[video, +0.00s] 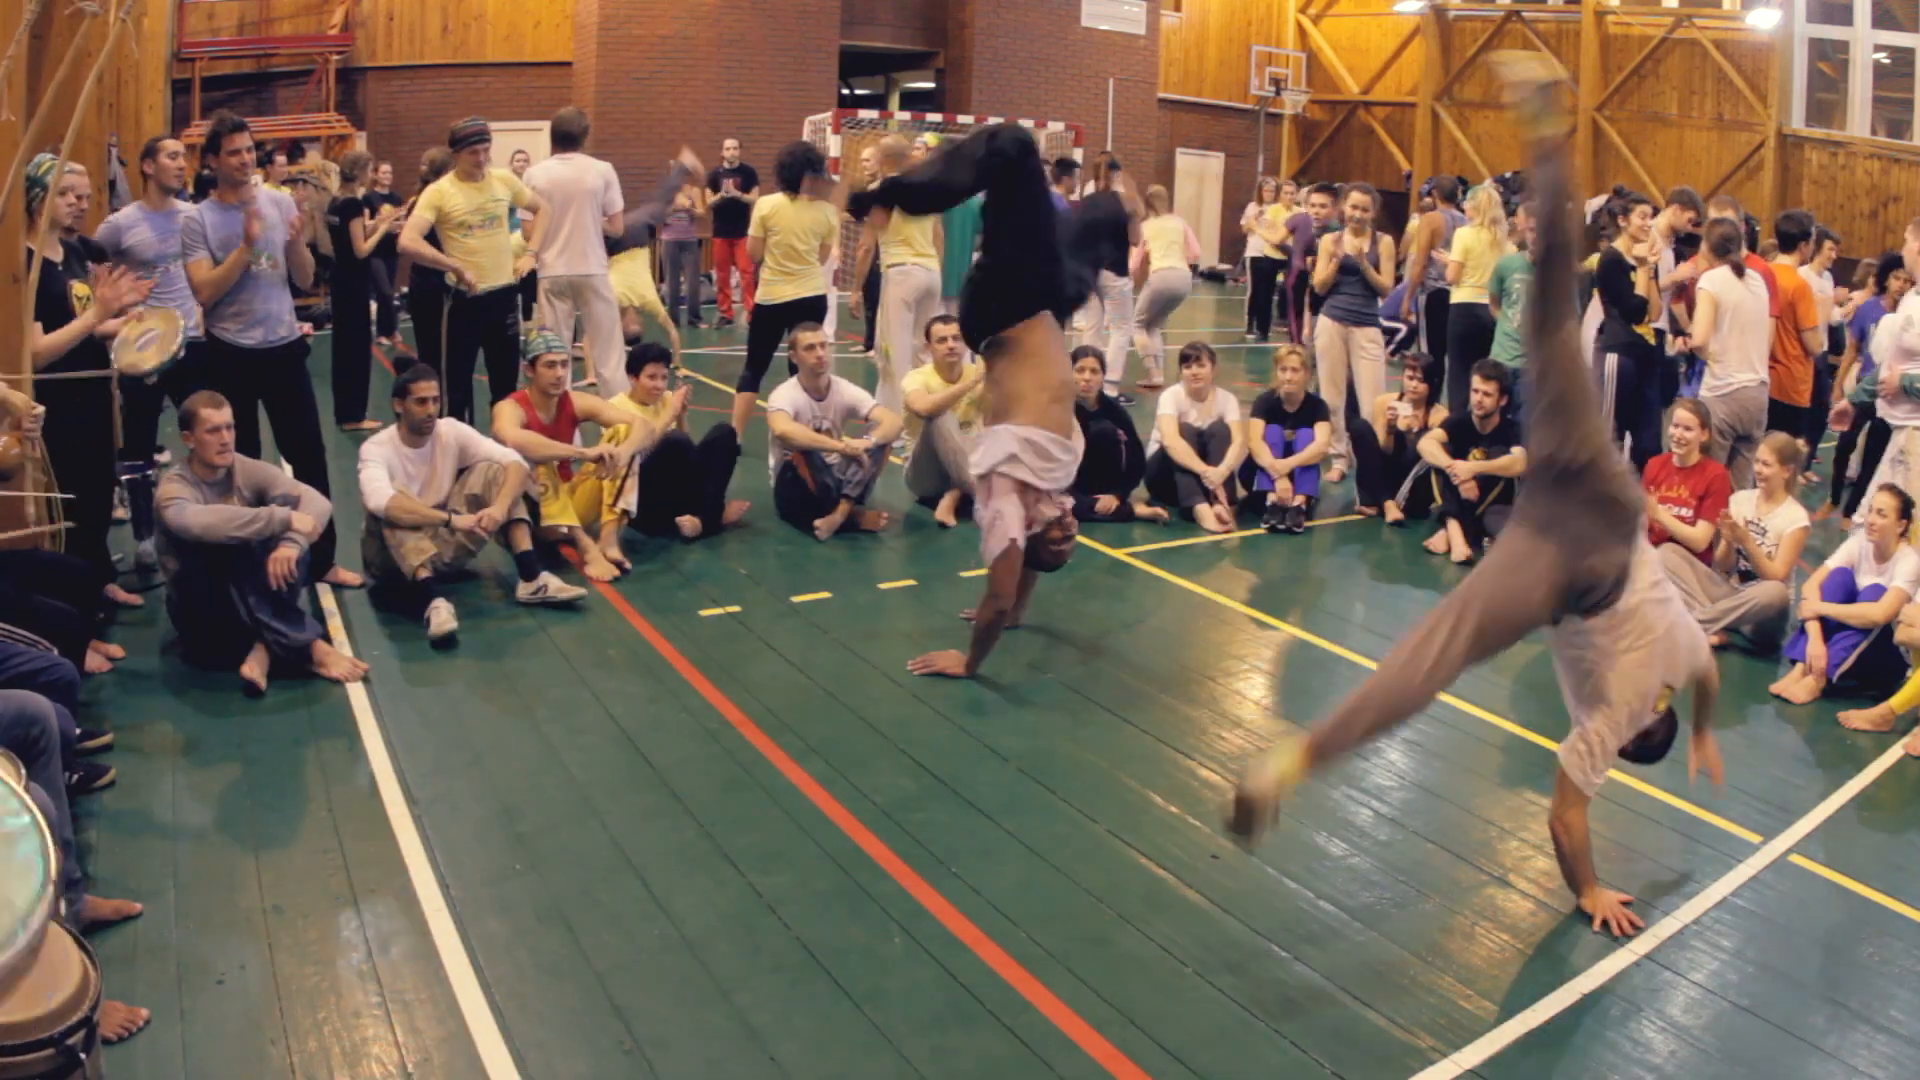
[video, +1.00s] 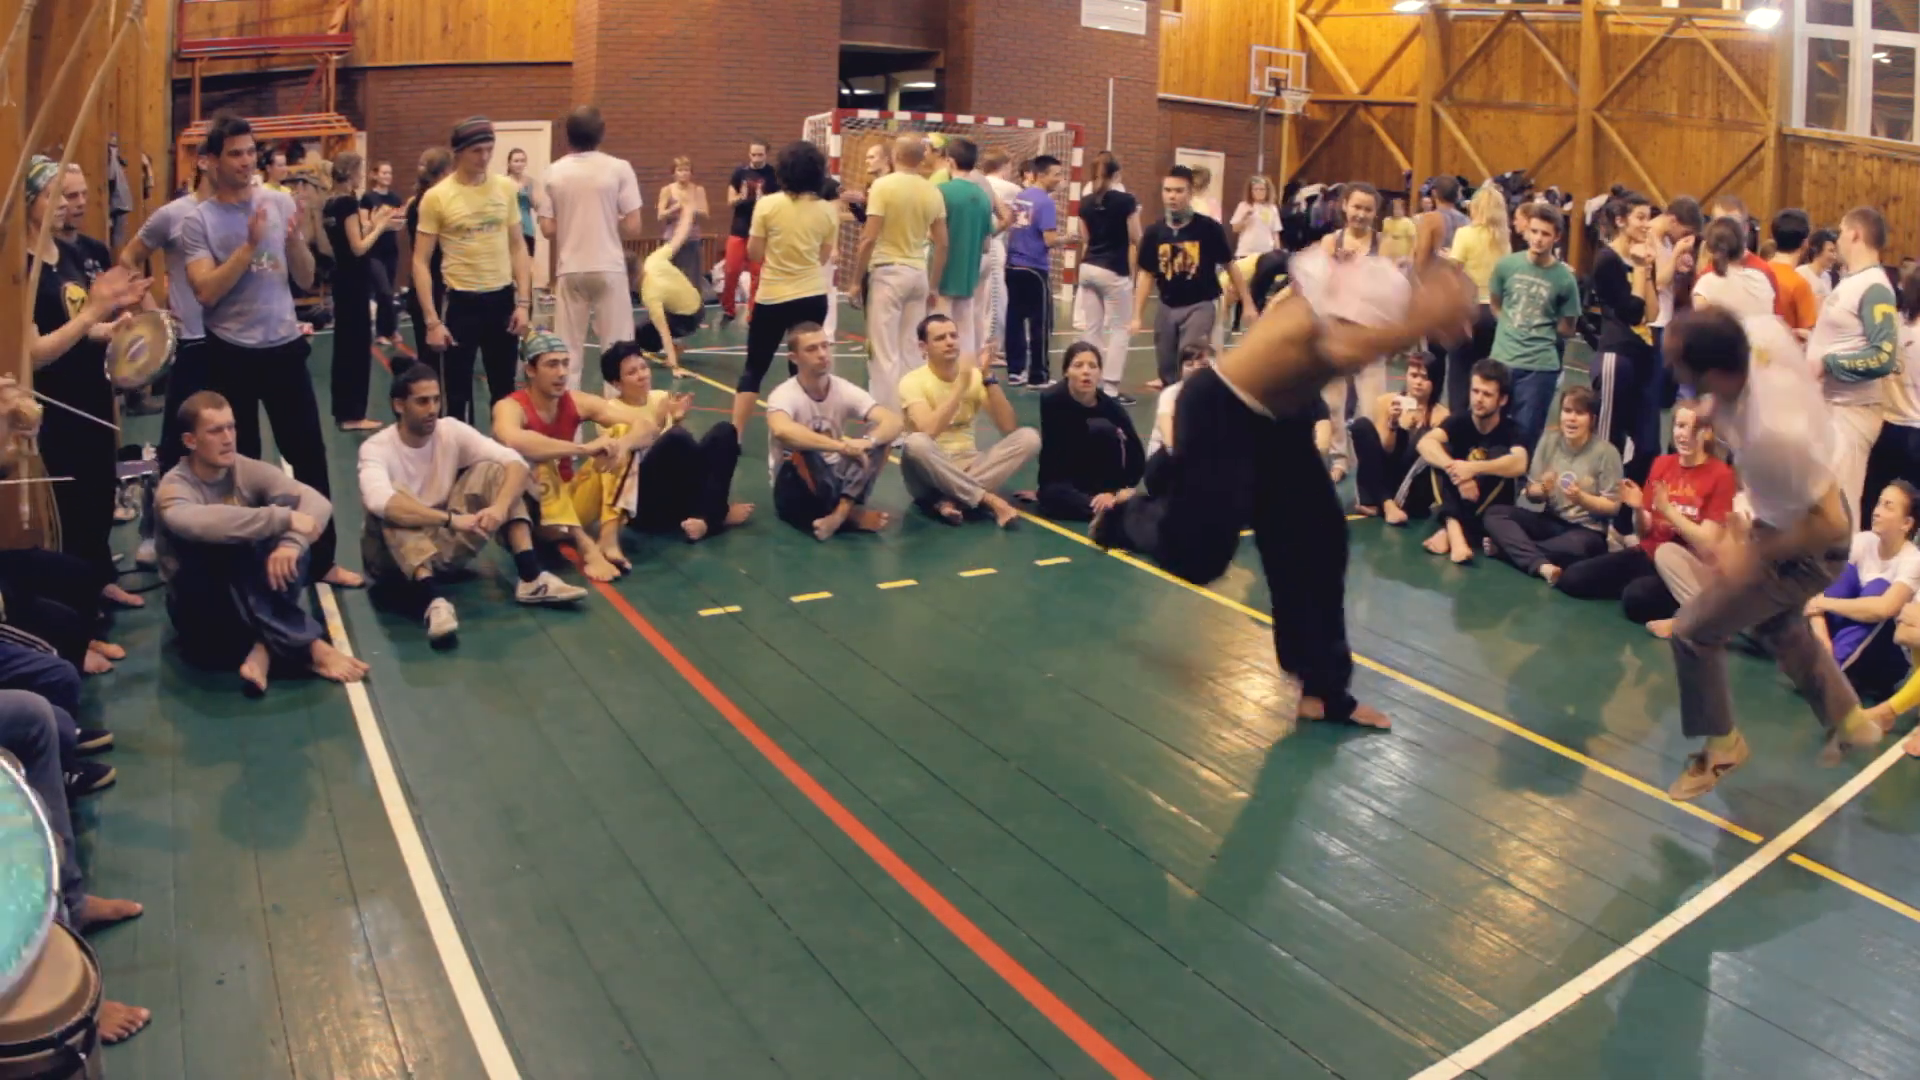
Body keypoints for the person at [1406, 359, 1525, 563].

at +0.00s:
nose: (1479, 399)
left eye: (1487, 395)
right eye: (1475, 392)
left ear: (1502, 400)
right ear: (1469, 392)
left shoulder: (1510, 428)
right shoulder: (1459, 422)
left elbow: (1519, 463)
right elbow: (1425, 444)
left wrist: (1473, 468)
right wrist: (1458, 474)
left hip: (1492, 505)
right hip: (1454, 501)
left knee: (1500, 456)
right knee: (1439, 458)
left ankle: (1450, 528)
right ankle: (1453, 528)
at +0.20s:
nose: (1479, 399)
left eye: (1487, 394)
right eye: (1475, 392)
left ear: (1501, 400)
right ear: (1469, 393)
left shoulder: (1509, 428)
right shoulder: (1460, 420)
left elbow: (1520, 465)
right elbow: (1425, 443)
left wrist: (1473, 468)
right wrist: (1457, 473)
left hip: (1493, 508)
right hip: (1456, 501)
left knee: (1501, 460)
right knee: (1439, 462)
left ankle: (1450, 529)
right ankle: (1454, 529)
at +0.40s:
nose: (1479, 399)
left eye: (1487, 394)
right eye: (1475, 392)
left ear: (1502, 400)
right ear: (1469, 392)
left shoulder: (1510, 429)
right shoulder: (1459, 421)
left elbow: (1519, 464)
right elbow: (1425, 443)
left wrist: (1473, 467)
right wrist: (1459, 474)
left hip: (1492, 510)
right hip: (1454, 503)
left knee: (1500, 457)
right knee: (1438, 456)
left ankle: (1450, 528)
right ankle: (1454, 530)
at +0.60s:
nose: (1479, 399)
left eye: (1487, 395)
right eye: (1475, 392)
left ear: (1503, 400)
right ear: (1469, 391)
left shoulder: (1510, 429)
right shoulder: (1459, 421)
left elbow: (1519, 465)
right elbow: (1426, 443)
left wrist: (1472, 468)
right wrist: (1459, 475)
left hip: (1492, 508)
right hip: (1453, 501)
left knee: (1500, 457)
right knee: (1437, 455)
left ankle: (1450, 528)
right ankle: (1454, 528)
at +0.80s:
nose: (1479, 399)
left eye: (1487, 394)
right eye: (1475, 392)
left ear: (1502, 400)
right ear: (1469, 392)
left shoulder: (1510, 429)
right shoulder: (1459, 422)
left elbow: (1519, 464)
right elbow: (1425, 444)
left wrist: (1473, 467)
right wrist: (1458, 473)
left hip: (1493, 510)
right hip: (1454, 502)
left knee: (1501, 457)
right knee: (1438, 455)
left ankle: (1450, 529)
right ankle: (1453, 529)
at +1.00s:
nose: (1479, 399)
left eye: (1487, 395)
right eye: (1475, 392)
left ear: (1503, 400)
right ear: (1469, 392)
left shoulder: (1510, 429)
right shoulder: (1459, 422)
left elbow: (1519, 464)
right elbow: (1426, 443)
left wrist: (1473, 467)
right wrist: (1458, 473)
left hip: (1492, 512)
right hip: (1453, 503)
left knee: (1502, 457)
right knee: (1438, 457)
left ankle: (1450, 529)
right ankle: (1454, 529)